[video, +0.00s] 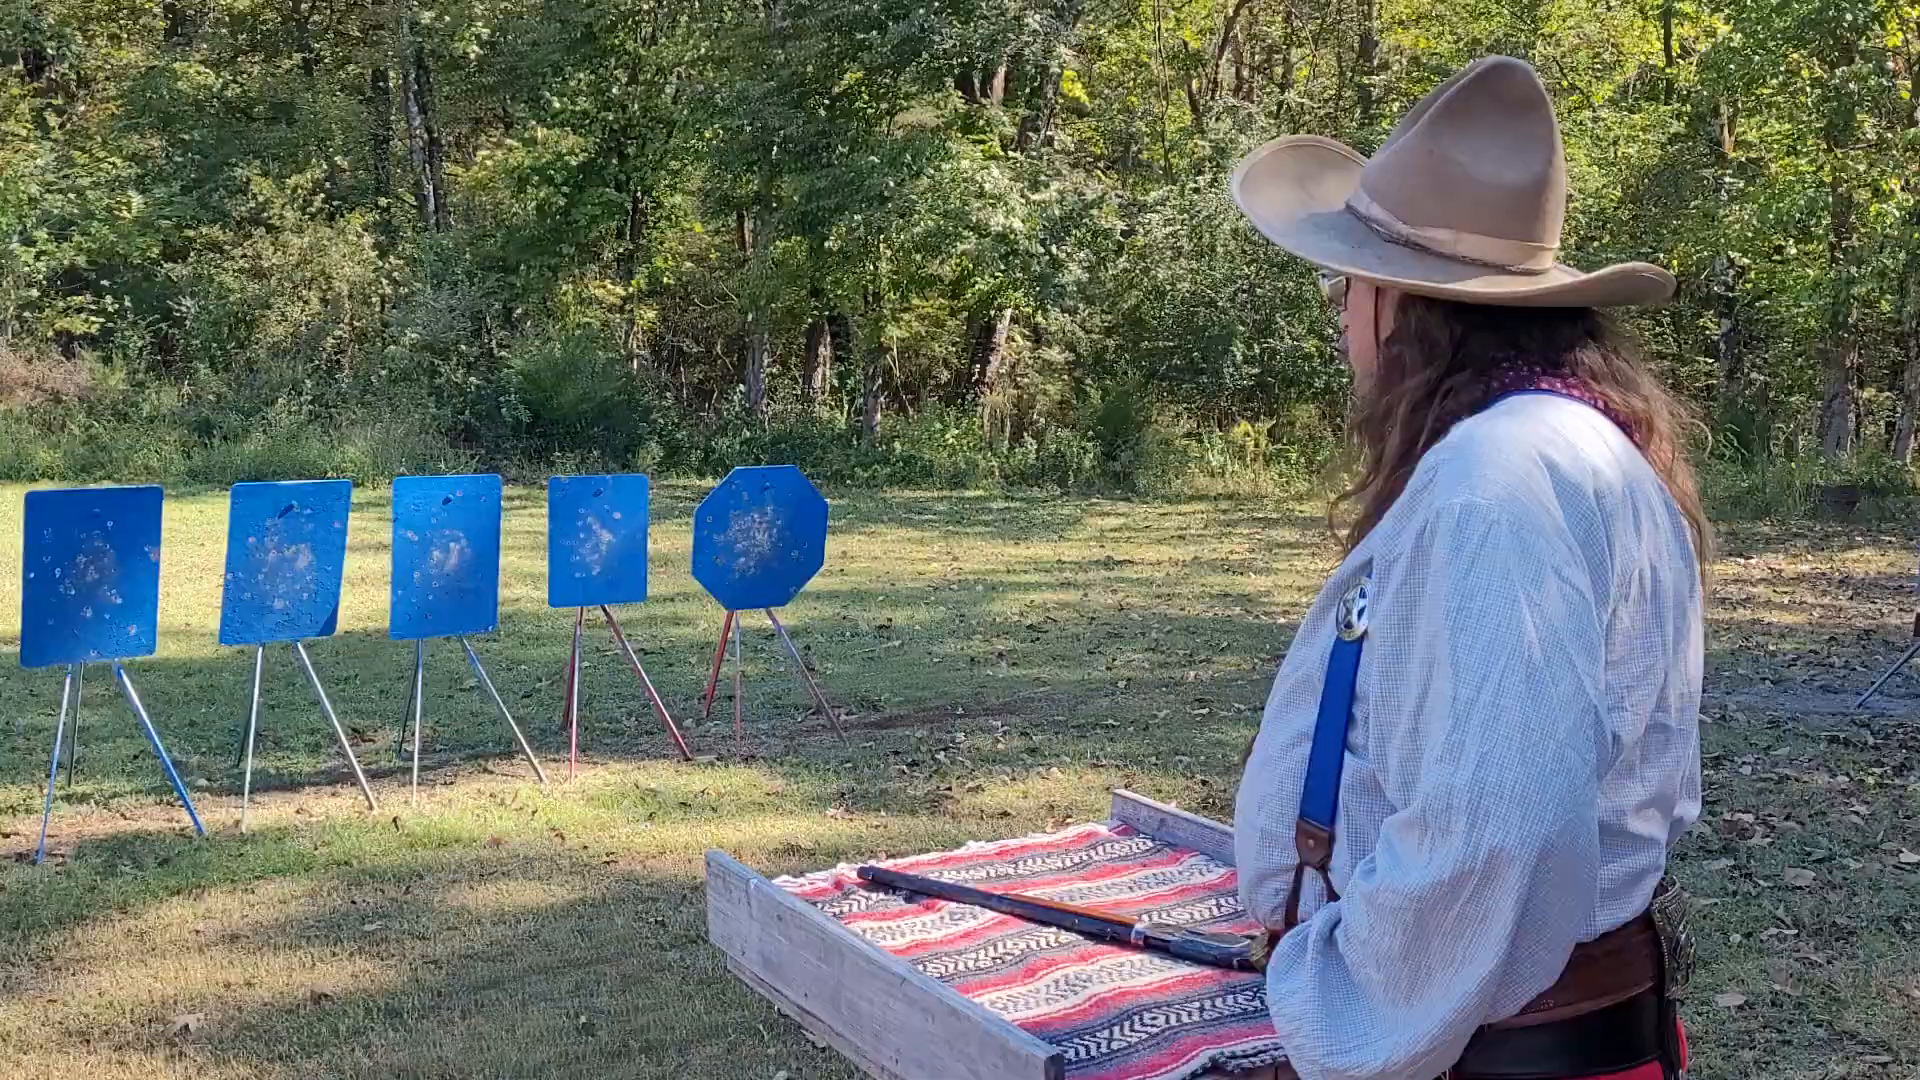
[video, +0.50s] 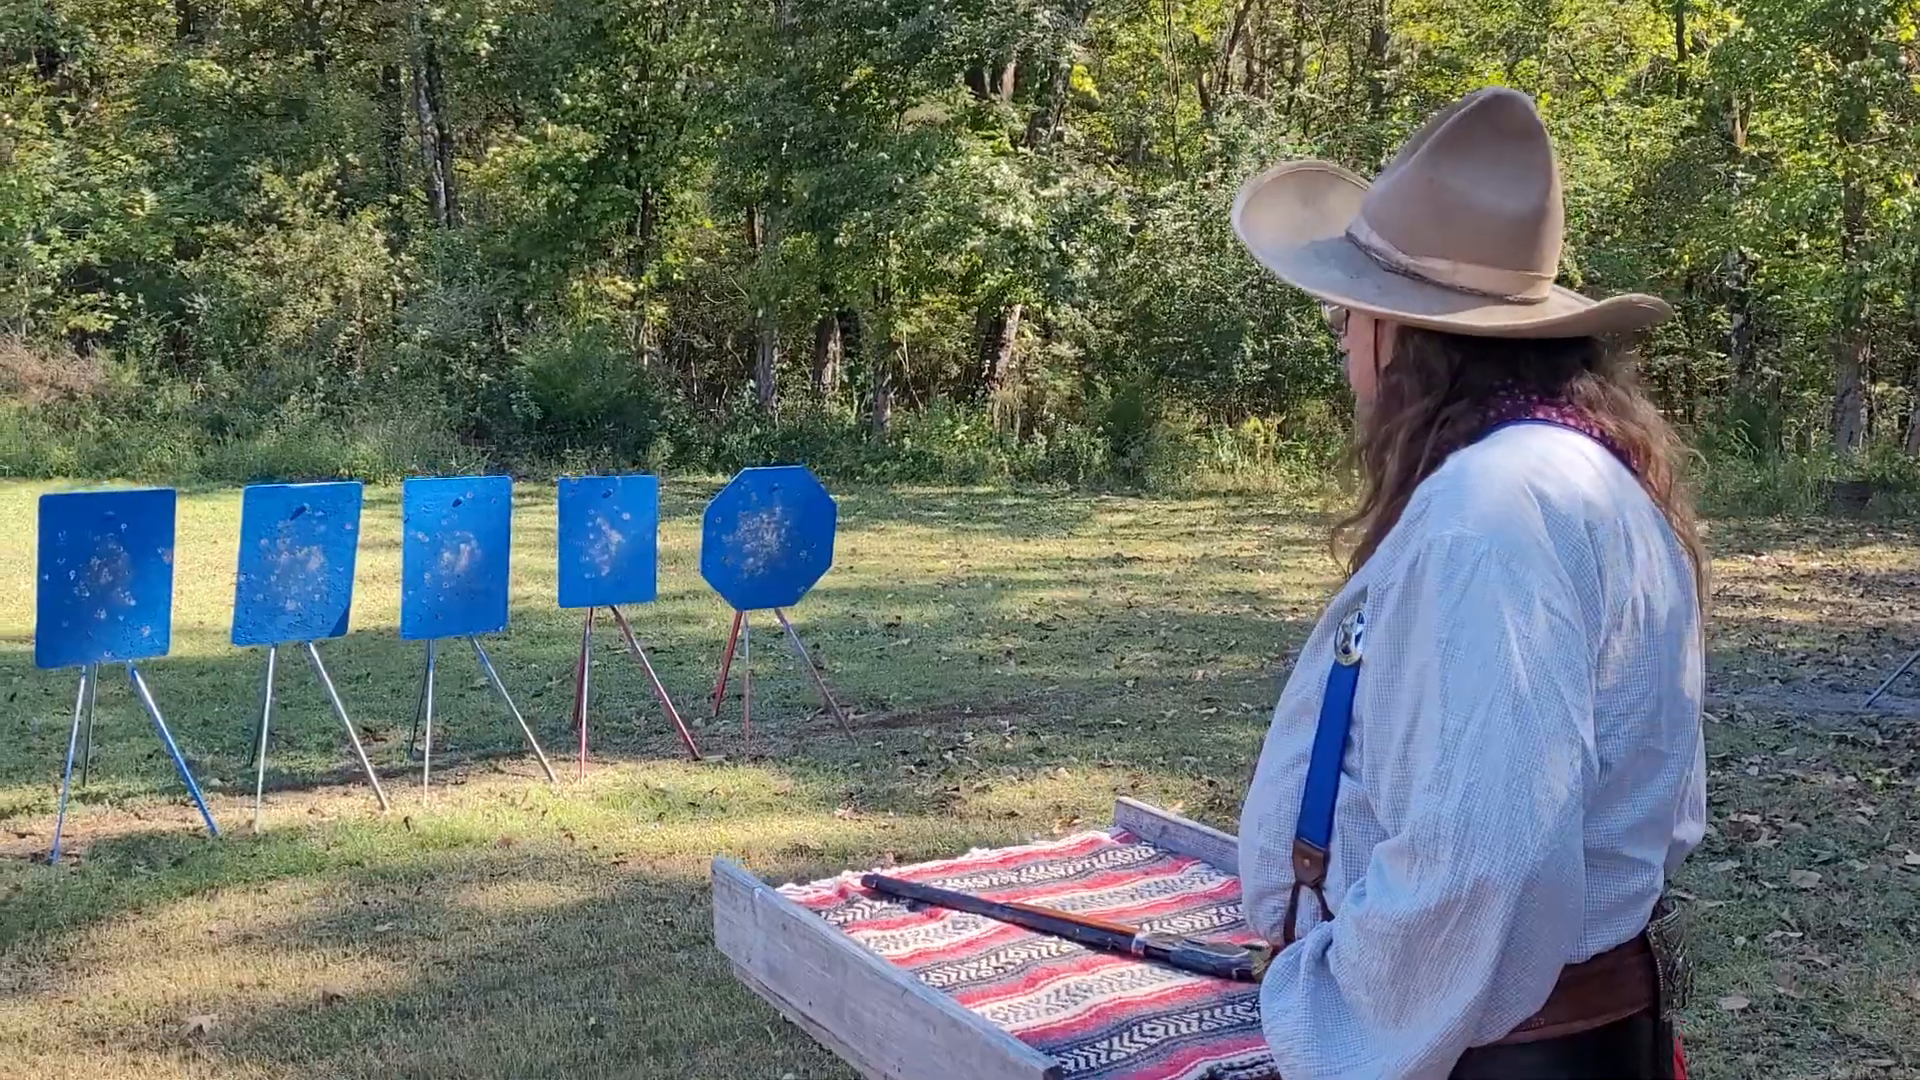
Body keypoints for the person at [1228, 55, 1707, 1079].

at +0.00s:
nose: (1339, 310)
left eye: (1348, 284)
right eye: (1343, 283)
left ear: (1402, 304)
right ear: (1518, 301)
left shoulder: (1502, 473)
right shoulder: (1588, 444)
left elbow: (1496, 824)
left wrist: (1327, 975)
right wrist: (1334, 875)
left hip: (1512, 1031)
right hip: (1598, 996)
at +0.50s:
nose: (1339, 333)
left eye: (1353, 309)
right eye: (1345, 309)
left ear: (1411, 335)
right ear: (1518, 325)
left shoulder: (1498, 504)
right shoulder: (1589, 470)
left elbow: (1481, 853)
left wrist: (1320, 1001)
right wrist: (1340, 896)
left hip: (1508, 1034)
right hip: (1593, 1001)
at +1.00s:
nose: (1369, 345)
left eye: (1381, 320)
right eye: (1374, 319)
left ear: (1439, 341)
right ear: (1546, 334)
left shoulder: (1523, 506)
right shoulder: (1609, 478)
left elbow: (1504, 858)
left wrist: (1339, 998)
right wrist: (1355, 895)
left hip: (1527, 1035)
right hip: (1611, 1004)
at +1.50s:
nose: (1395, 344)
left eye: (1406, 317)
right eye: (1400, 316)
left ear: (1464, 337)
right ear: (1569, 329)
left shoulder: (1551, 503)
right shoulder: (1639, 471)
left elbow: (1531, 852)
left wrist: (1363, 997)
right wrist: (1380, 893)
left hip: (1553, 1035)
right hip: (1637, 1003)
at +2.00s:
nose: (1414, 341)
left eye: (1426, 317)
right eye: (1419, 316)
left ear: (1483, 338)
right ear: (1590, 332)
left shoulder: (1570, 505)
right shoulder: (1659, 475)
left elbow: (1549, 852)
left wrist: (1379, 991)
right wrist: (1403, 908)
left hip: (1572, 1035)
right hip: (1658, 1002)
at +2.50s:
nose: (1370, 344)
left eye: (1384, 319)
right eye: (1376, 319)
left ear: (1450, 344)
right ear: (1536, 337)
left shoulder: (1567, 517)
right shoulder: (1609, 484)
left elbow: (1570, 893)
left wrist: (1353, 1043)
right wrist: (1396, 933)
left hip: (1585, 1040)